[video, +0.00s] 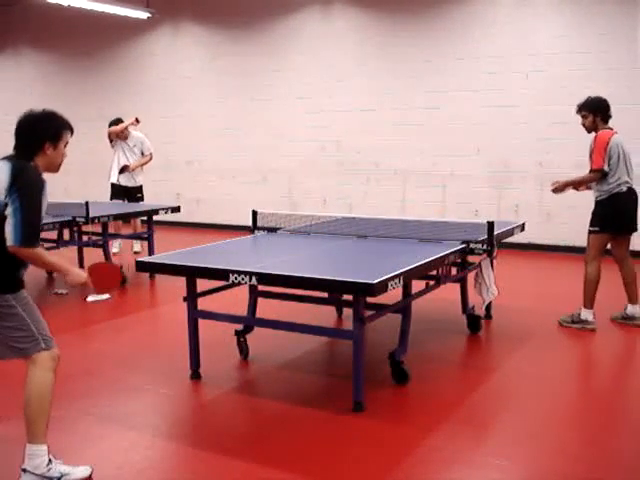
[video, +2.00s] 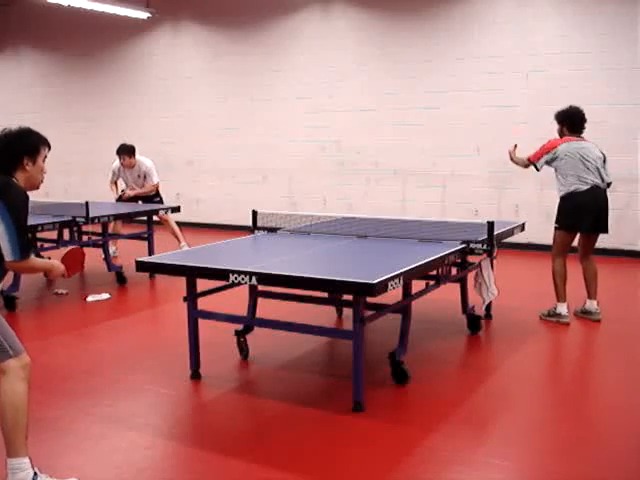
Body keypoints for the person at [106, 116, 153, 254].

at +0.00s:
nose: (120, 136)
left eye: (121, 132)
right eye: (117, 134)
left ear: (126, 129)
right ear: (113, 134)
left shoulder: (139, 138)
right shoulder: (116, 142)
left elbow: (149, 155)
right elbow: (111, 132)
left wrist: (135, 165)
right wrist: (128, 123)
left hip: (135, 183)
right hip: (117, 182)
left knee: (135, 215)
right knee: (115, 215)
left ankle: (137, 240)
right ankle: (117, 239)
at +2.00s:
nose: (121, 162)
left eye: (124, 159)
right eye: (120, 159)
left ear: (132, 158)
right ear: (118, 158)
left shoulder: (146, 165)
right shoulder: (117, 167)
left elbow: (154, 187)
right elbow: (113, 182)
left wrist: (133, 193)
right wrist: (117, 195)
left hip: (149, 193)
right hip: (130, 194)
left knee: (162, 216)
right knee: (117, 217)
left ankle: (182, 243)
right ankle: (113, 246)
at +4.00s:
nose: (146, 153)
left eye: (148, 150)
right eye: (143, 151)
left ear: (153, 146)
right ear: (141, 150)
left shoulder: (163, 154)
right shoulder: (141, 160)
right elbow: (131, 177)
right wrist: (128, 175)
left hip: (165, 195)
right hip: (147, 194)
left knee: (156, 219)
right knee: (126, 218)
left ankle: (165, 250)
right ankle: (121, 242)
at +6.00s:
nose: (250, 146)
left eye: (253, 143)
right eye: (248, 143)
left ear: (258, 143)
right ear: (246, 144)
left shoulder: (269, 154)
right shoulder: (244, 158)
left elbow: (290, 153)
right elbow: (228, 162)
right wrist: (219, 155)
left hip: (269, 193)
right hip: (252, 195)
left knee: (275, 213)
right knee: (236, 221)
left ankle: (287, 230)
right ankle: (233, 235)